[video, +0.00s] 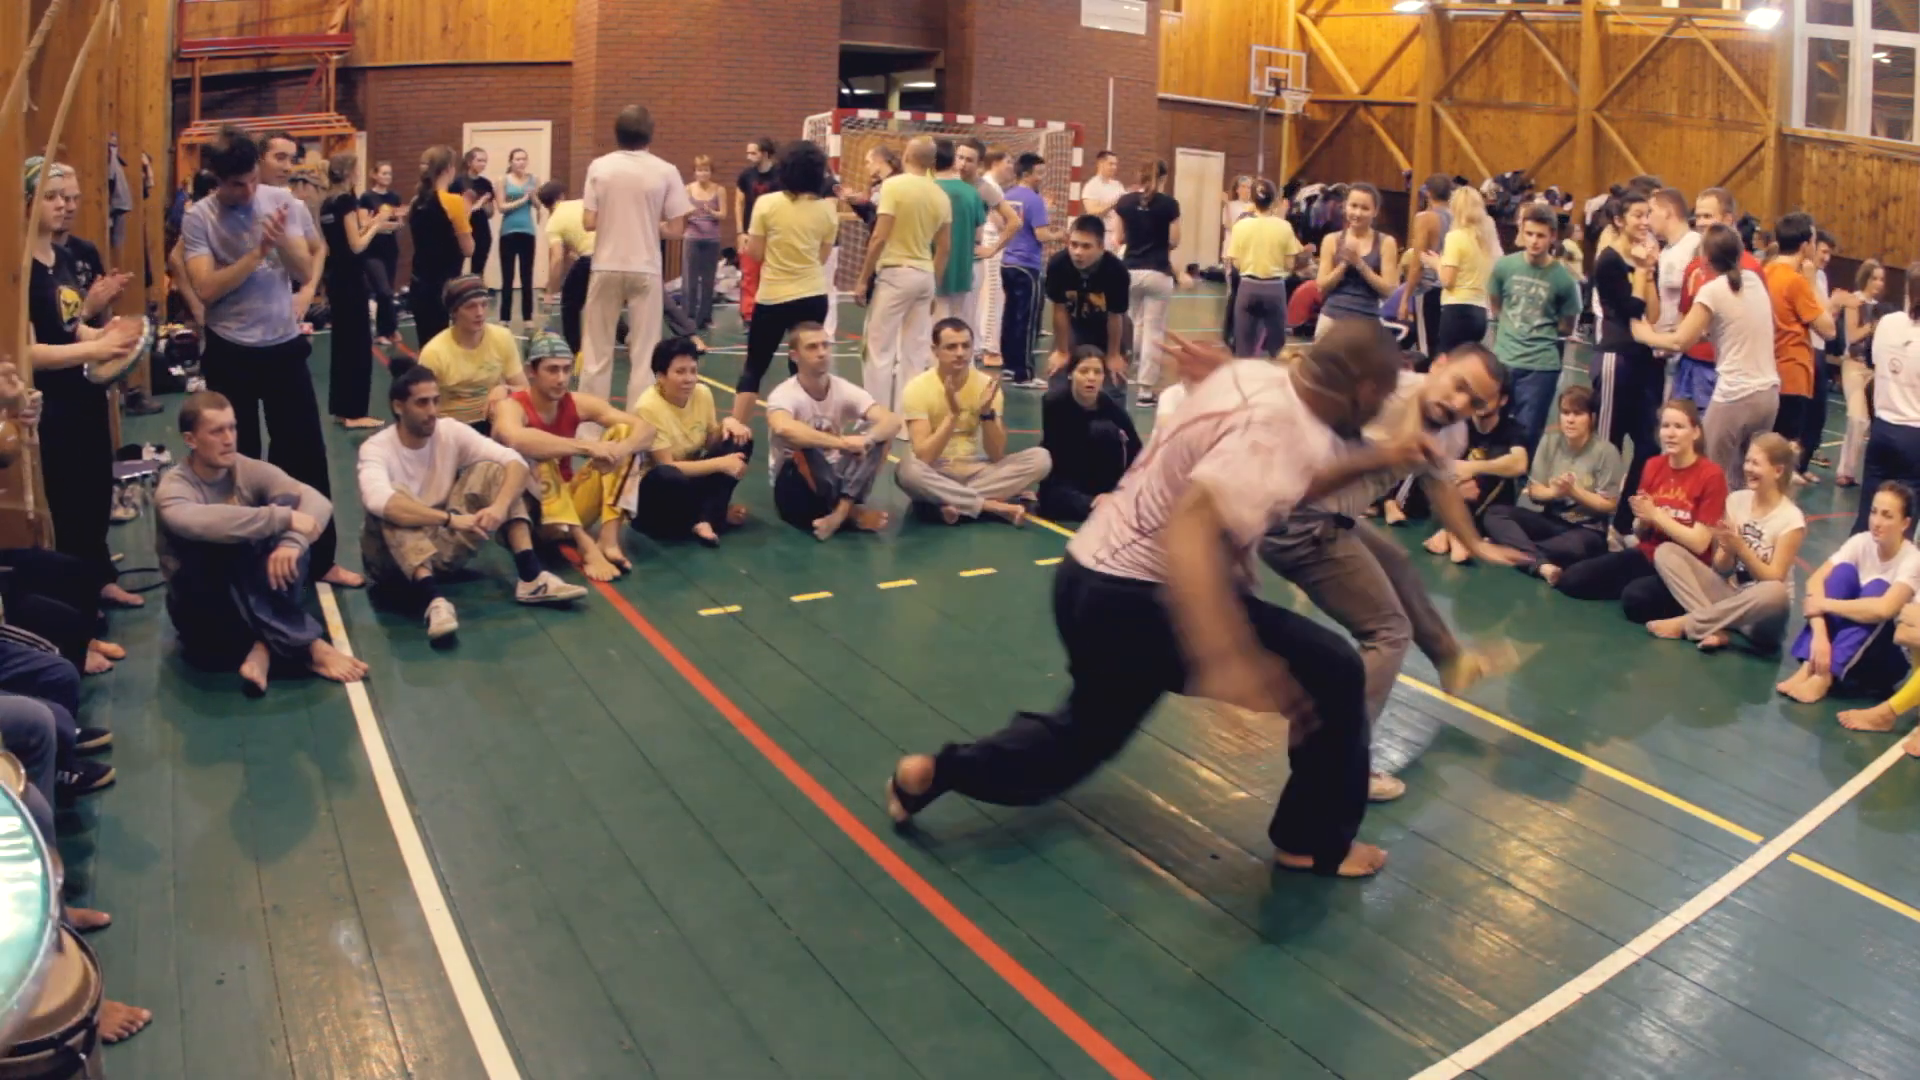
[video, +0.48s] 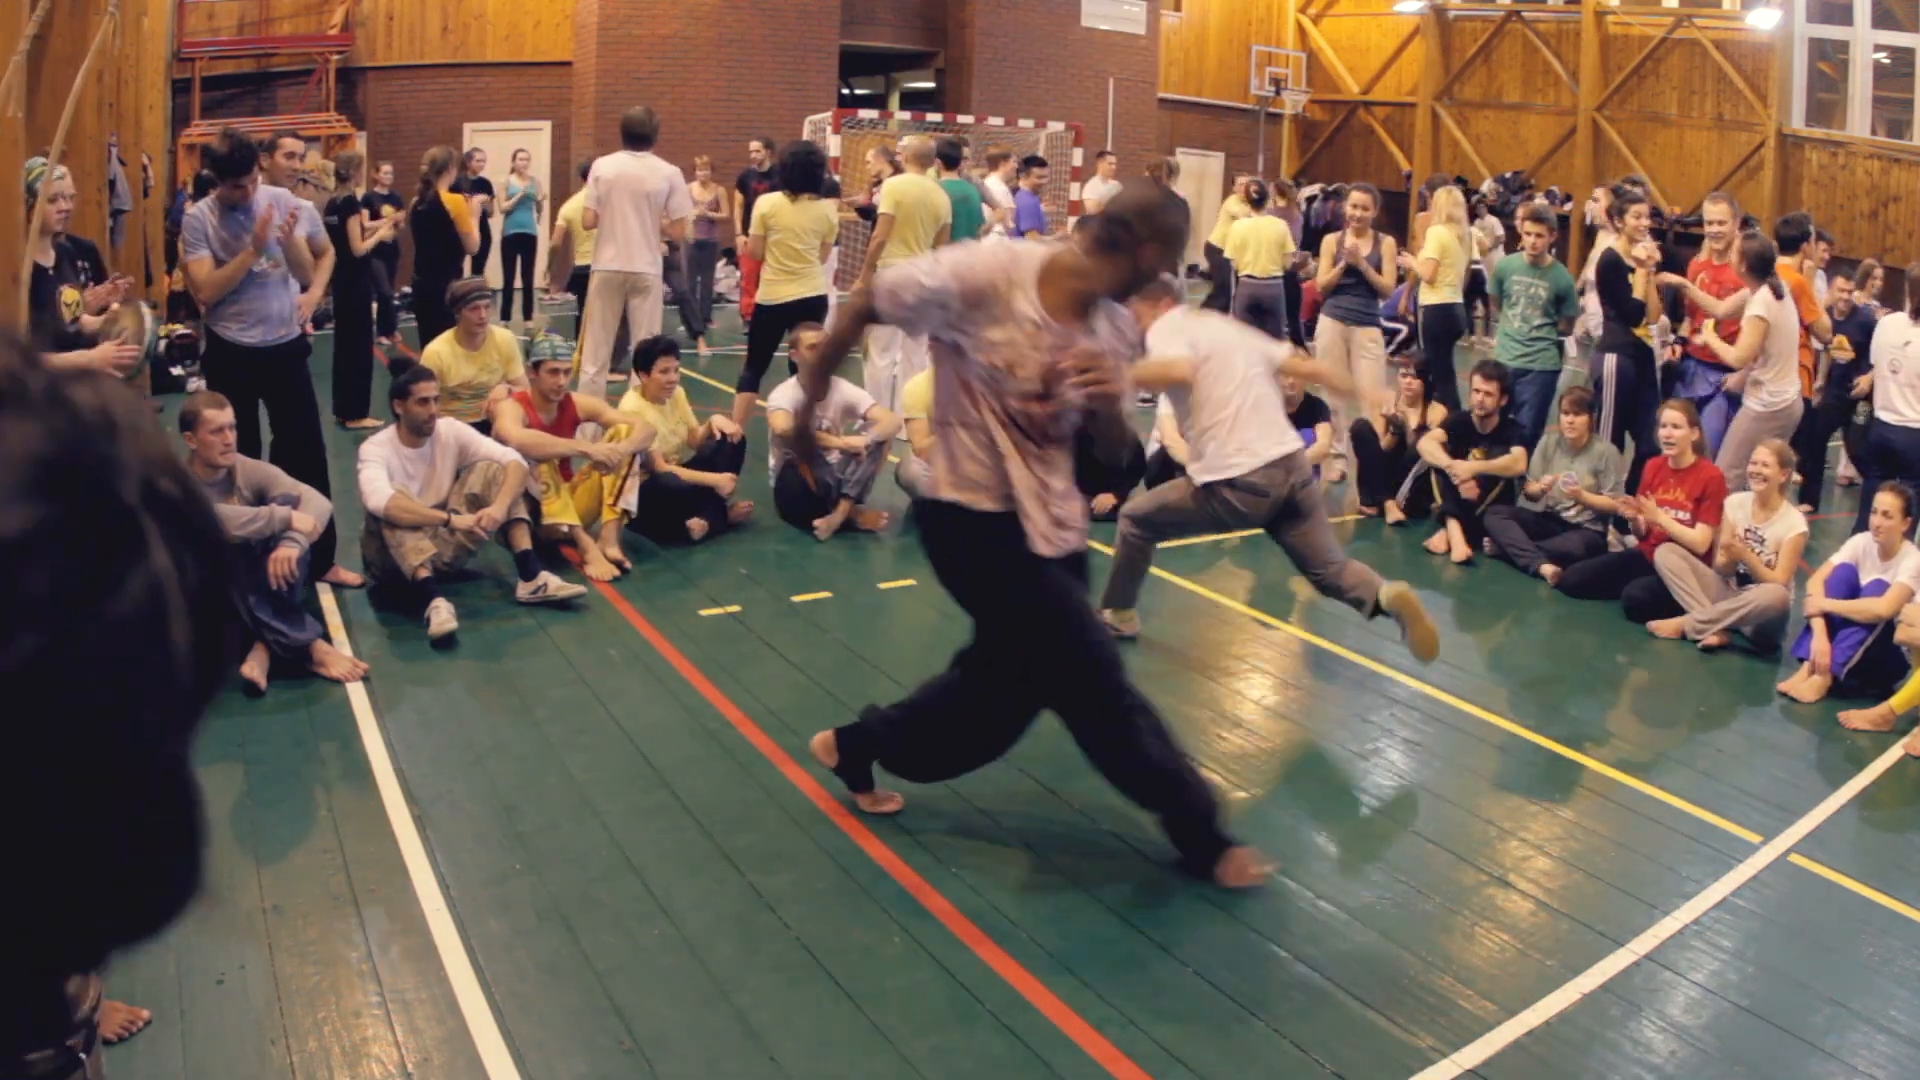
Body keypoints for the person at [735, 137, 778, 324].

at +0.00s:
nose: (749, 157)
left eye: (753, 154)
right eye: (748, 153)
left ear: (765, 154)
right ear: (749, 154)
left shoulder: (780, 174)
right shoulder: (746, 176)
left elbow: (786, 204)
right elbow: (739, 204)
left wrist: (782, 229)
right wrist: (740, 231)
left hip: (774, 230)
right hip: (751, 230)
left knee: (771, 272)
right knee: (749, 274)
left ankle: (771, 312)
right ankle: (748, 312)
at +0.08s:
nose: (749, 157)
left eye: (753, 153)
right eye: (749, 153)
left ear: (767, 154)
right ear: (750, 154)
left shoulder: (780, 175)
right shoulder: (746, 175)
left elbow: (786, 205)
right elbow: (739, 204)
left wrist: (783, 229)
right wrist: (740, 232)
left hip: (774, 231)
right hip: (752, 231)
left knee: (772, 273)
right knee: (750, 274)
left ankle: (772, 312)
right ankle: (748, 312)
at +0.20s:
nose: (751, 157)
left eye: (755, 152)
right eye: (750, 153)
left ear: (768, 153)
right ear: (749, 154)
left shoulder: (780, 175)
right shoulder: (746, 176)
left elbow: (786, 205)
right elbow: (739, 205)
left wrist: (783, 229)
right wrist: (740, 232)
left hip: (774, 231)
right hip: (752, 231)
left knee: (772, 273)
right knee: (749, 274)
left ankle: (771, 312)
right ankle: (748, 312)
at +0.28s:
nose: (752, 156)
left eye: (756, 152)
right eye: (750, 153)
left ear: (768, 152)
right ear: (749, 154)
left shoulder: (781, 175)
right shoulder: (746, 176)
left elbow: (786, 205)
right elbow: (738, 205)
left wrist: (783, 229)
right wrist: (739, 233)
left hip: (775, 231)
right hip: (752, 231)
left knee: (773, 273)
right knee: (749, 274)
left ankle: (772, 312)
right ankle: (748, 312)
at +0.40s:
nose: (752, 156)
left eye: (757, 151)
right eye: (750, 152)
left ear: (769, 152)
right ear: (749, 154)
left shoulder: (780, 175)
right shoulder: (745, 177)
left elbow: (786, 206)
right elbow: (738, 205)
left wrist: (783, 229)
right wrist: (739, 233)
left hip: (775, 231)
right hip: (752, 232)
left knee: (773, 273)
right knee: (749, 274)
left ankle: (773, 312)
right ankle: (748, 312)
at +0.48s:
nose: (752, 156)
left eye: (757, 151)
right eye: (750, 152)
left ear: (769, 152)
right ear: (749, 153)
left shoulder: (779, 175)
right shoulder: (745, 177)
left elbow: (785, 206)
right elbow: (738, 206)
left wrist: (782, 230)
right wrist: (739, 233)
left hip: (774, 231)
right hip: (751, 232)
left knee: (771, 272)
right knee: (749, 273)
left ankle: (771, 312)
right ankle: (747, 311)